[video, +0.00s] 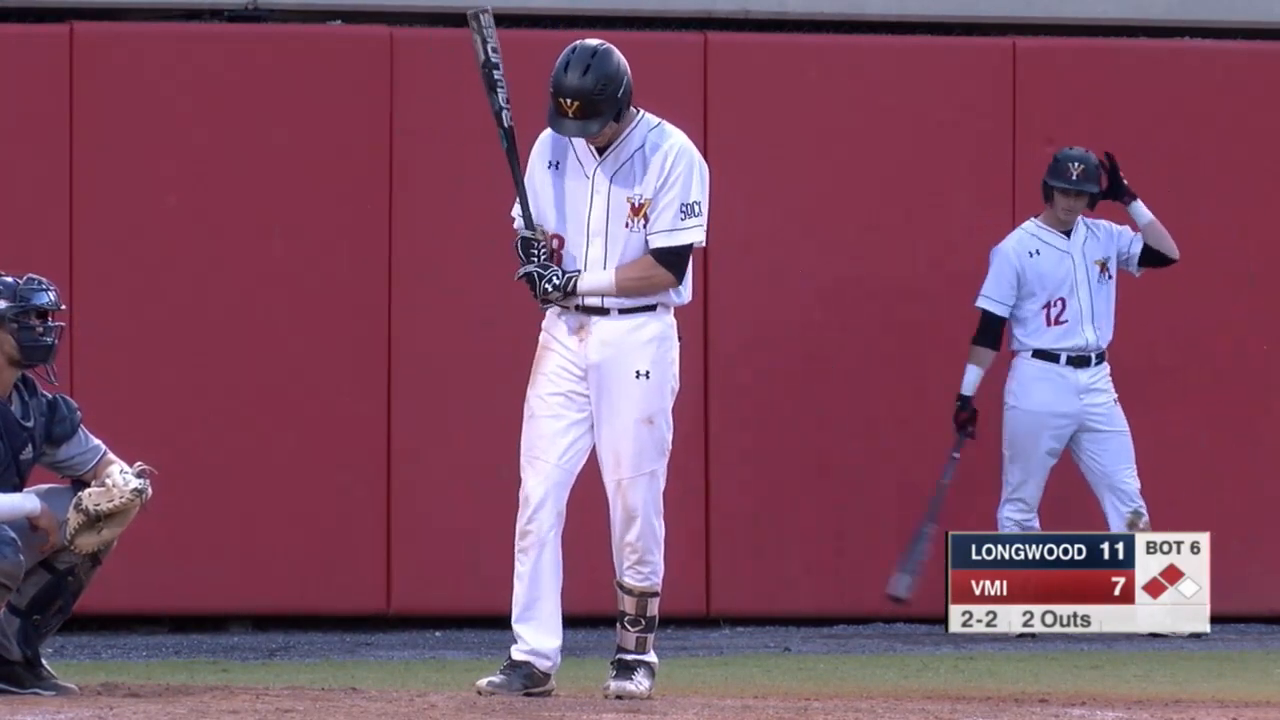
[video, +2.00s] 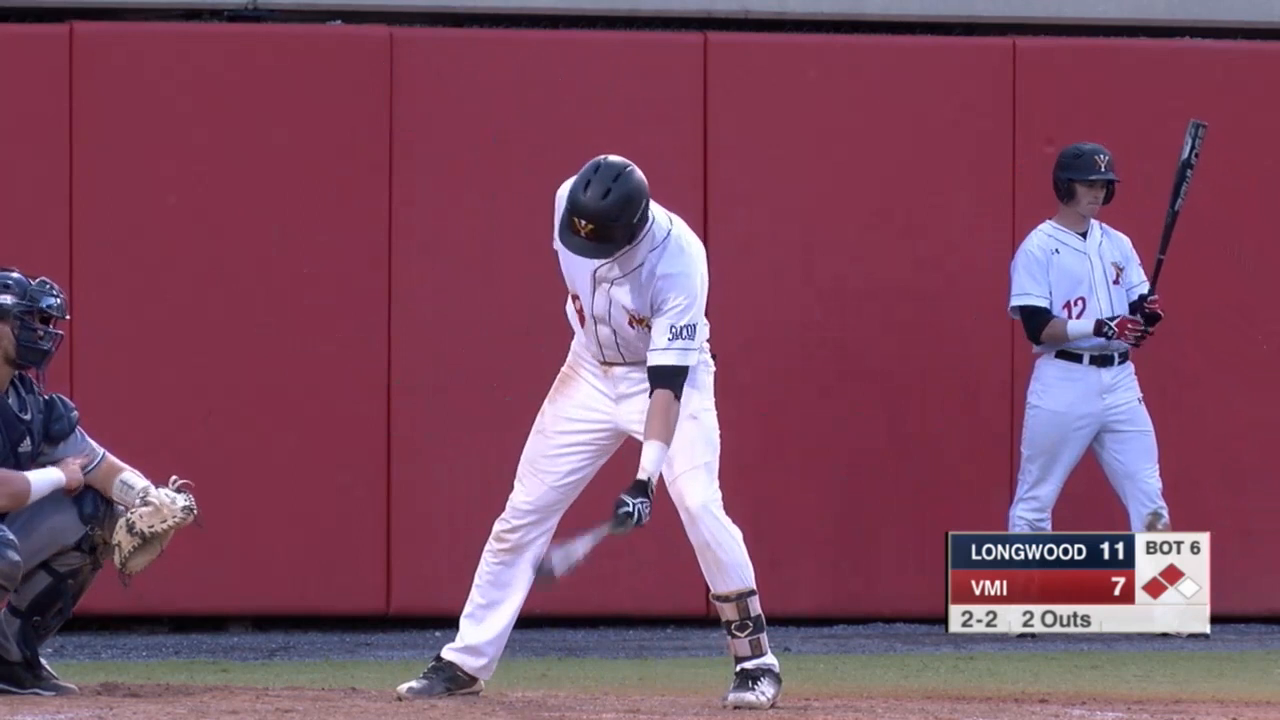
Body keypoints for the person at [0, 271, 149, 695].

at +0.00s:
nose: (37, 328)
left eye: (40, 318)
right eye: (23, 319)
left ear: (46, 325)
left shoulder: (38, 406)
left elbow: (97, 461)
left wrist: (125, 483)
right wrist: (26, 505)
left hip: (9, 523)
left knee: (97, 510)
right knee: (12, 544)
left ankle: (15, 651)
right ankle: (8, 652)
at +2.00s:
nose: (40, 332)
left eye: (43, 323)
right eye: (28, 320)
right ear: (1, 323)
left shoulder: (34, 403)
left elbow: (102, 467)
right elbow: (8, 492)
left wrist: (151, 497)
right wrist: (59, 475)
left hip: (12, 532)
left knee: (95, 513)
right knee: (10, 559)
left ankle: (15, 652)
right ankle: (10, 653)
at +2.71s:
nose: (26, 339)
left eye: (34, 330)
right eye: (16, 327)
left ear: (43, 335)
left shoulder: (34, 405)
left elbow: (105, 468)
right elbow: (5, 496)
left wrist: (167, 500)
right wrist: (37, 502)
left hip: (5, 528)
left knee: (95, 511)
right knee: (7, 556)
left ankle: (13, 651)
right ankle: (9, 653)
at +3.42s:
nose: (29, 325)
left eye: (35, 315)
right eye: (18, 314)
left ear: (42, 321)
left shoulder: (36, 404)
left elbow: (108, 468)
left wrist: (179, 506)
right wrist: (9, 459)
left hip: (6, 528)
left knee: (98, 515)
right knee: (7, 561)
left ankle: (14, 651)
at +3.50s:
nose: (29, 325)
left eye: (34, 315)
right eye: (17, 314)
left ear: (41, 321)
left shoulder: (23, 395)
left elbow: (107, 466)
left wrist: (183, 512)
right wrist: (21, 427)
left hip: (5, 528)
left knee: (98, 515)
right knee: (8, 561)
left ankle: (14, 651)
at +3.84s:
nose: (30, 322)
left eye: (36, 312)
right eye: (19, 311)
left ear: (43, 318)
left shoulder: (33, 401)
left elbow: (106, 469)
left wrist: (188, 531)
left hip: (9, 528)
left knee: (97, 513)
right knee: (7, 563)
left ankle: (14, 652)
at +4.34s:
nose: (32, 322)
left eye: (38, 312)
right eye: (19, 311)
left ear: (47, 317)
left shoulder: (37, 404)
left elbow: (115, 474)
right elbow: (8, 511)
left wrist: (191, 536)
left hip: (3, 527)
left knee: (100, 514)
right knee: (6, 558)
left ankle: (13, 652)